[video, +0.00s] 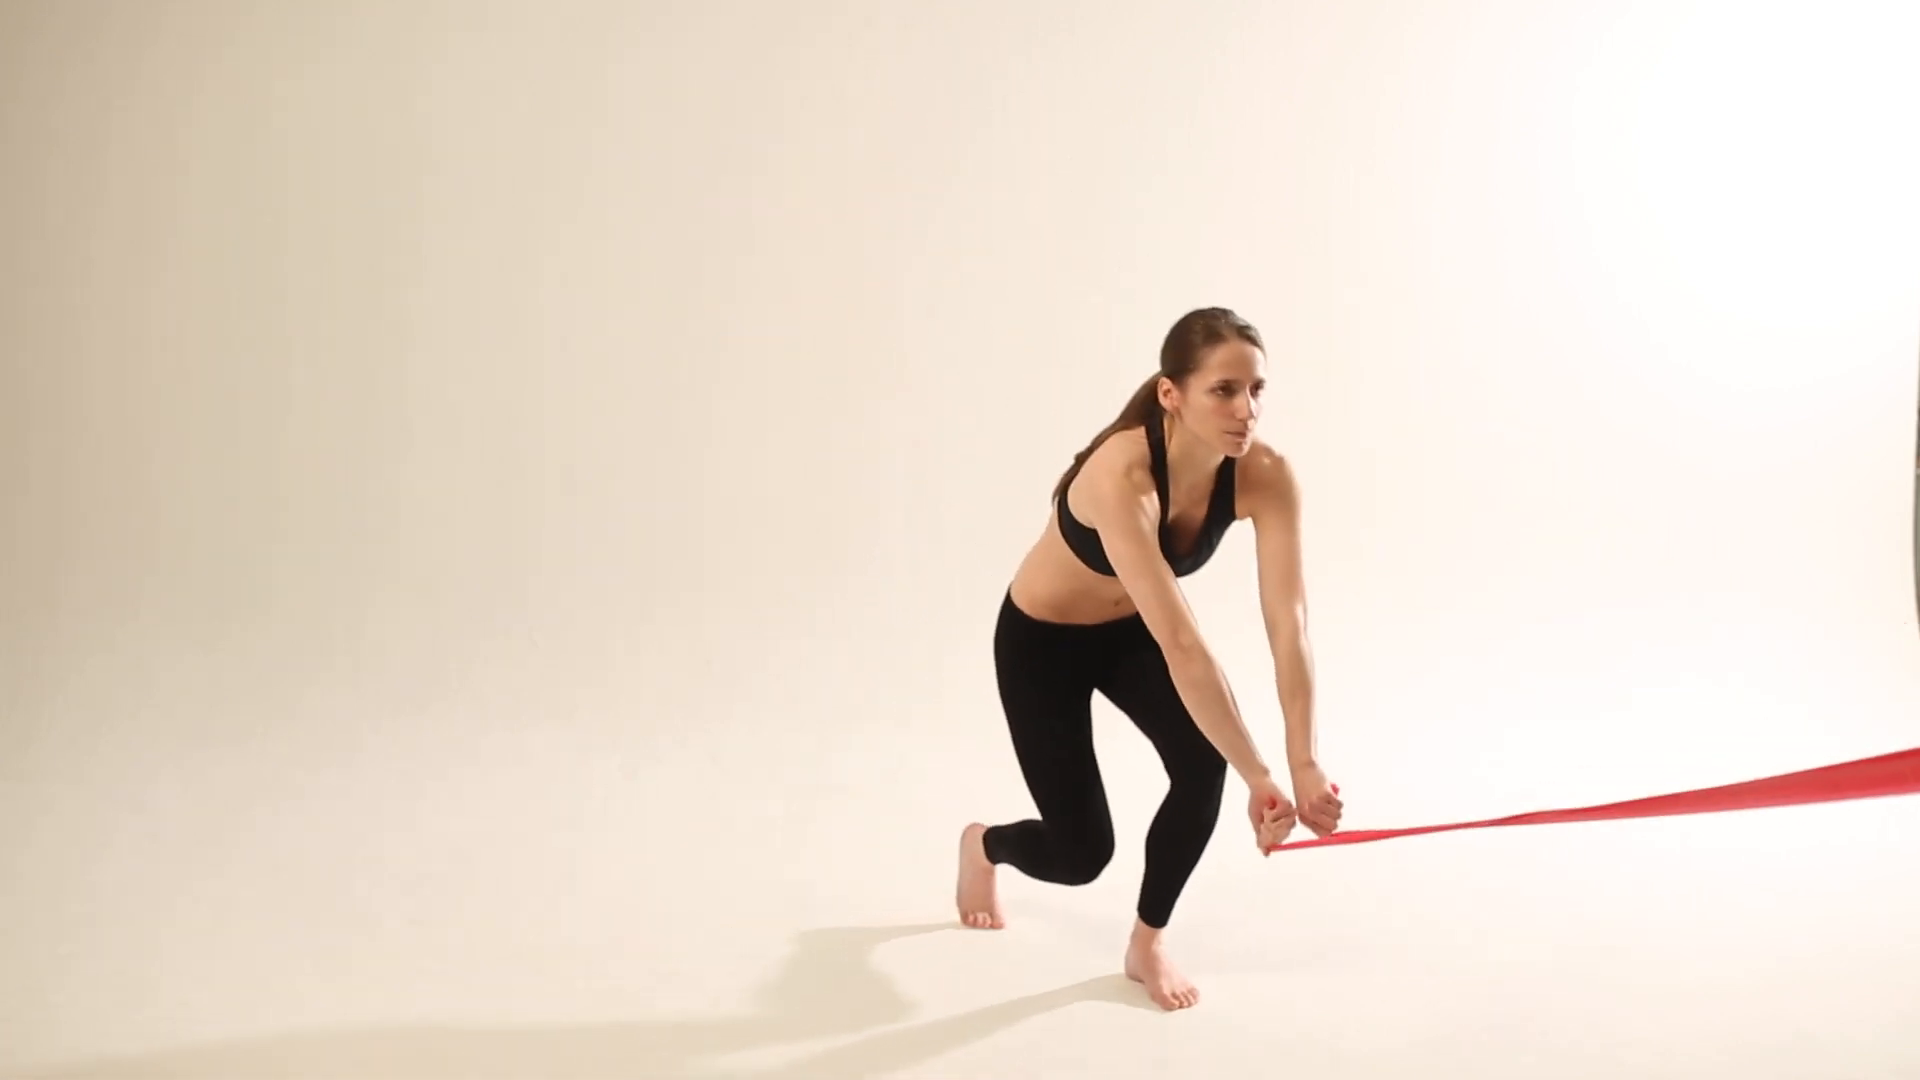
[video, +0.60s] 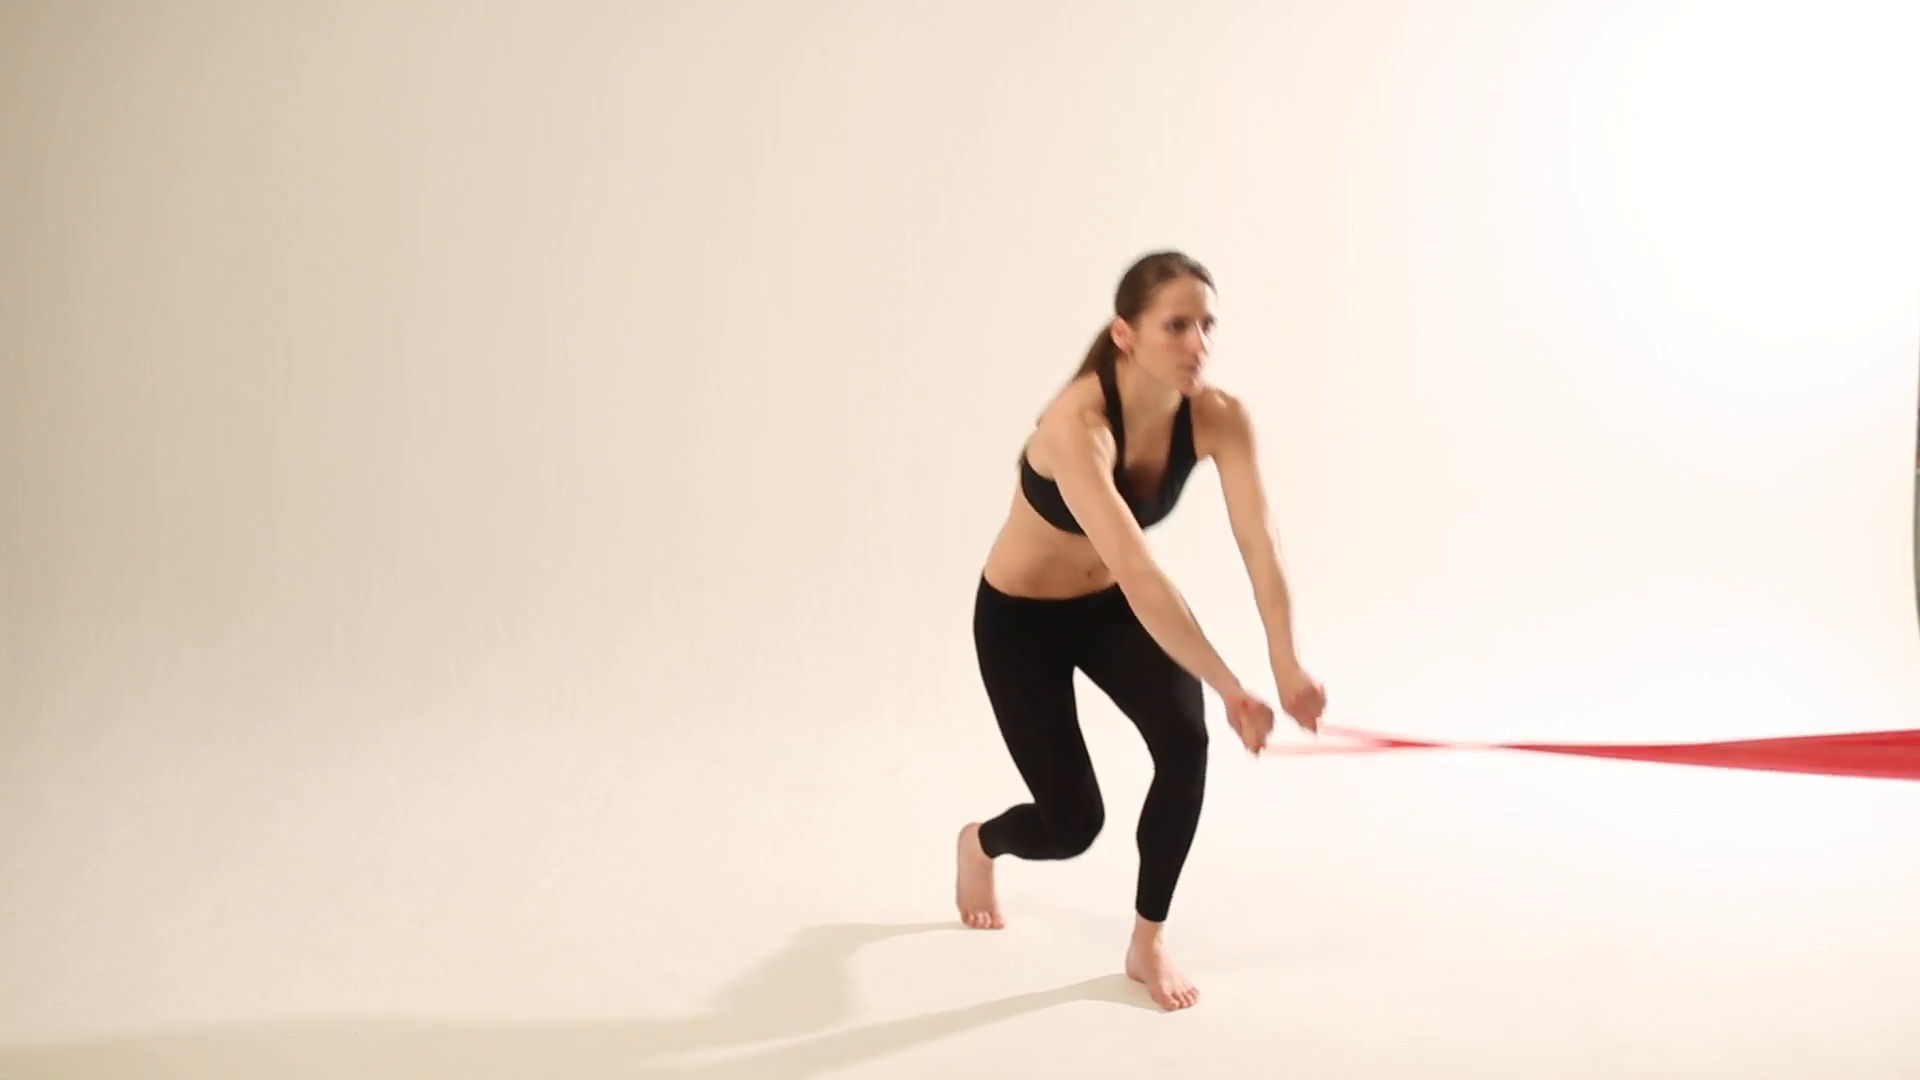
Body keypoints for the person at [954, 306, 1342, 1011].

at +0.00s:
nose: (1247, 410)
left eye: (1256, 389)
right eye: (1225, 391)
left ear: (1264, 389)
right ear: (1171, 395)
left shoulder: (1263, 476)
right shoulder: (1120, 474)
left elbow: (1287, 620)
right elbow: (1182, 646)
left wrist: (1302, 763)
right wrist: (1256, 779)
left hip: (1131, 633)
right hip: (1042, 641)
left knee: (1202, 765)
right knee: (1083, 850)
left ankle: (1147, 942)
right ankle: (982, 844)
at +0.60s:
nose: (1199, 341)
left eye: (1207, 324)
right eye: (1179, 325)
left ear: (1213, 330)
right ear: (1125, 335)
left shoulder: (1219, 418)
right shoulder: (1073, 425)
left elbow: (1258, 548)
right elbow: (1139, 575)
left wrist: (1286, 667)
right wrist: (1228, 686)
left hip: (1111, 604)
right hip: (1020, 616)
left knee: (1185, 746)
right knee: (1072, 824)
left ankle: (1147, 941)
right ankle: (979, 842)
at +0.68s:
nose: (1168, 297)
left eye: (1175, 280)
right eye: (1148, 281)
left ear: (1182, 285)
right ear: (1096, 291)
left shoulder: (1191, 374)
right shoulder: (1047, 386)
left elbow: (1240, 494)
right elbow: (1111, 530)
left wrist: (1273, 603)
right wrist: (1205, 627)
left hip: (1103, 579)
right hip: (1007, 591)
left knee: (1168, 732)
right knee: (1059, 795)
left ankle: (1146, 938)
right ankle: (974, 841)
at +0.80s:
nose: (1116, 223)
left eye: (1124, 206)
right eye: (1096, 207)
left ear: (1129, 212)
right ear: (1046, 212)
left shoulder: (1140, 299)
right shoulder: (997, 310)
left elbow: (1205, 403)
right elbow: (1055, 449)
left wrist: (1234, 490)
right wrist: (1161, 518)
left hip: (1073, 531)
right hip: (975, 540)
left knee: (1128, 706)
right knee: (1026, 736)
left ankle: (1158, 919)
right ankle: (965, 847)